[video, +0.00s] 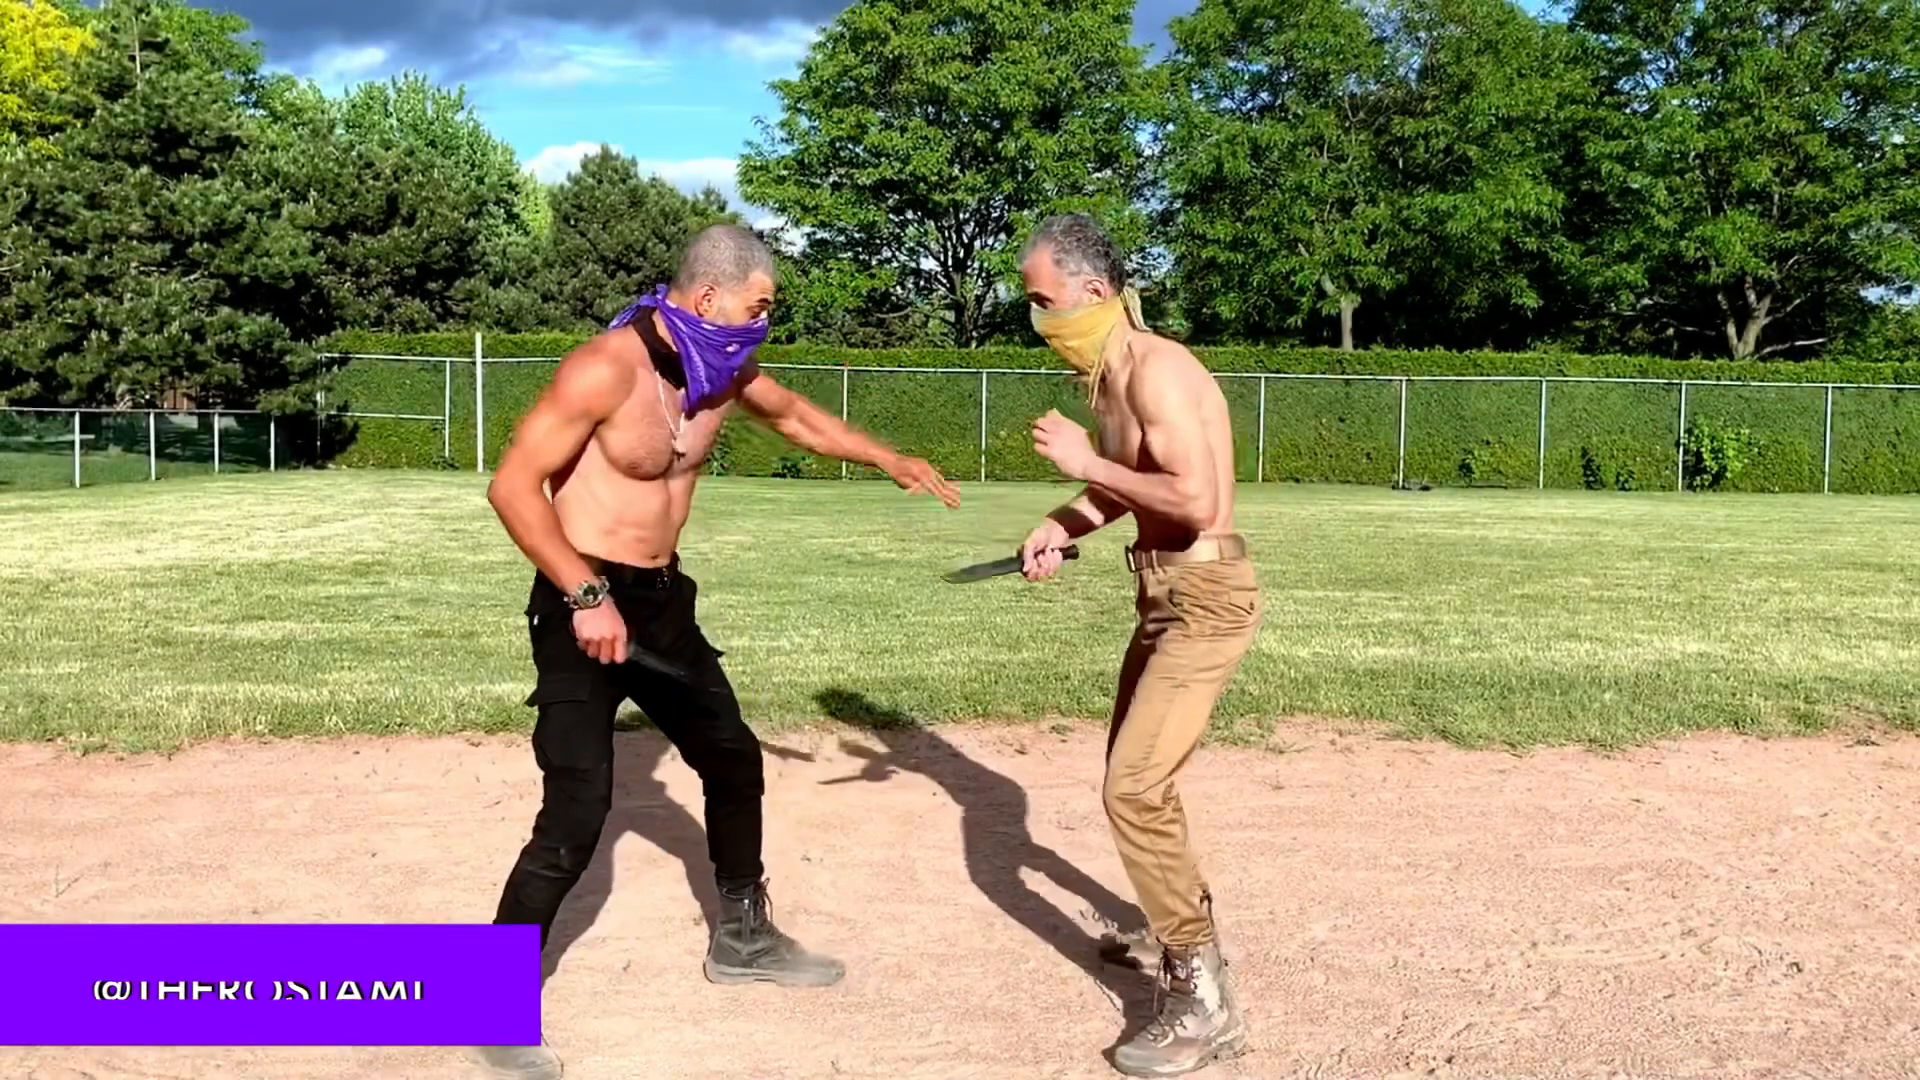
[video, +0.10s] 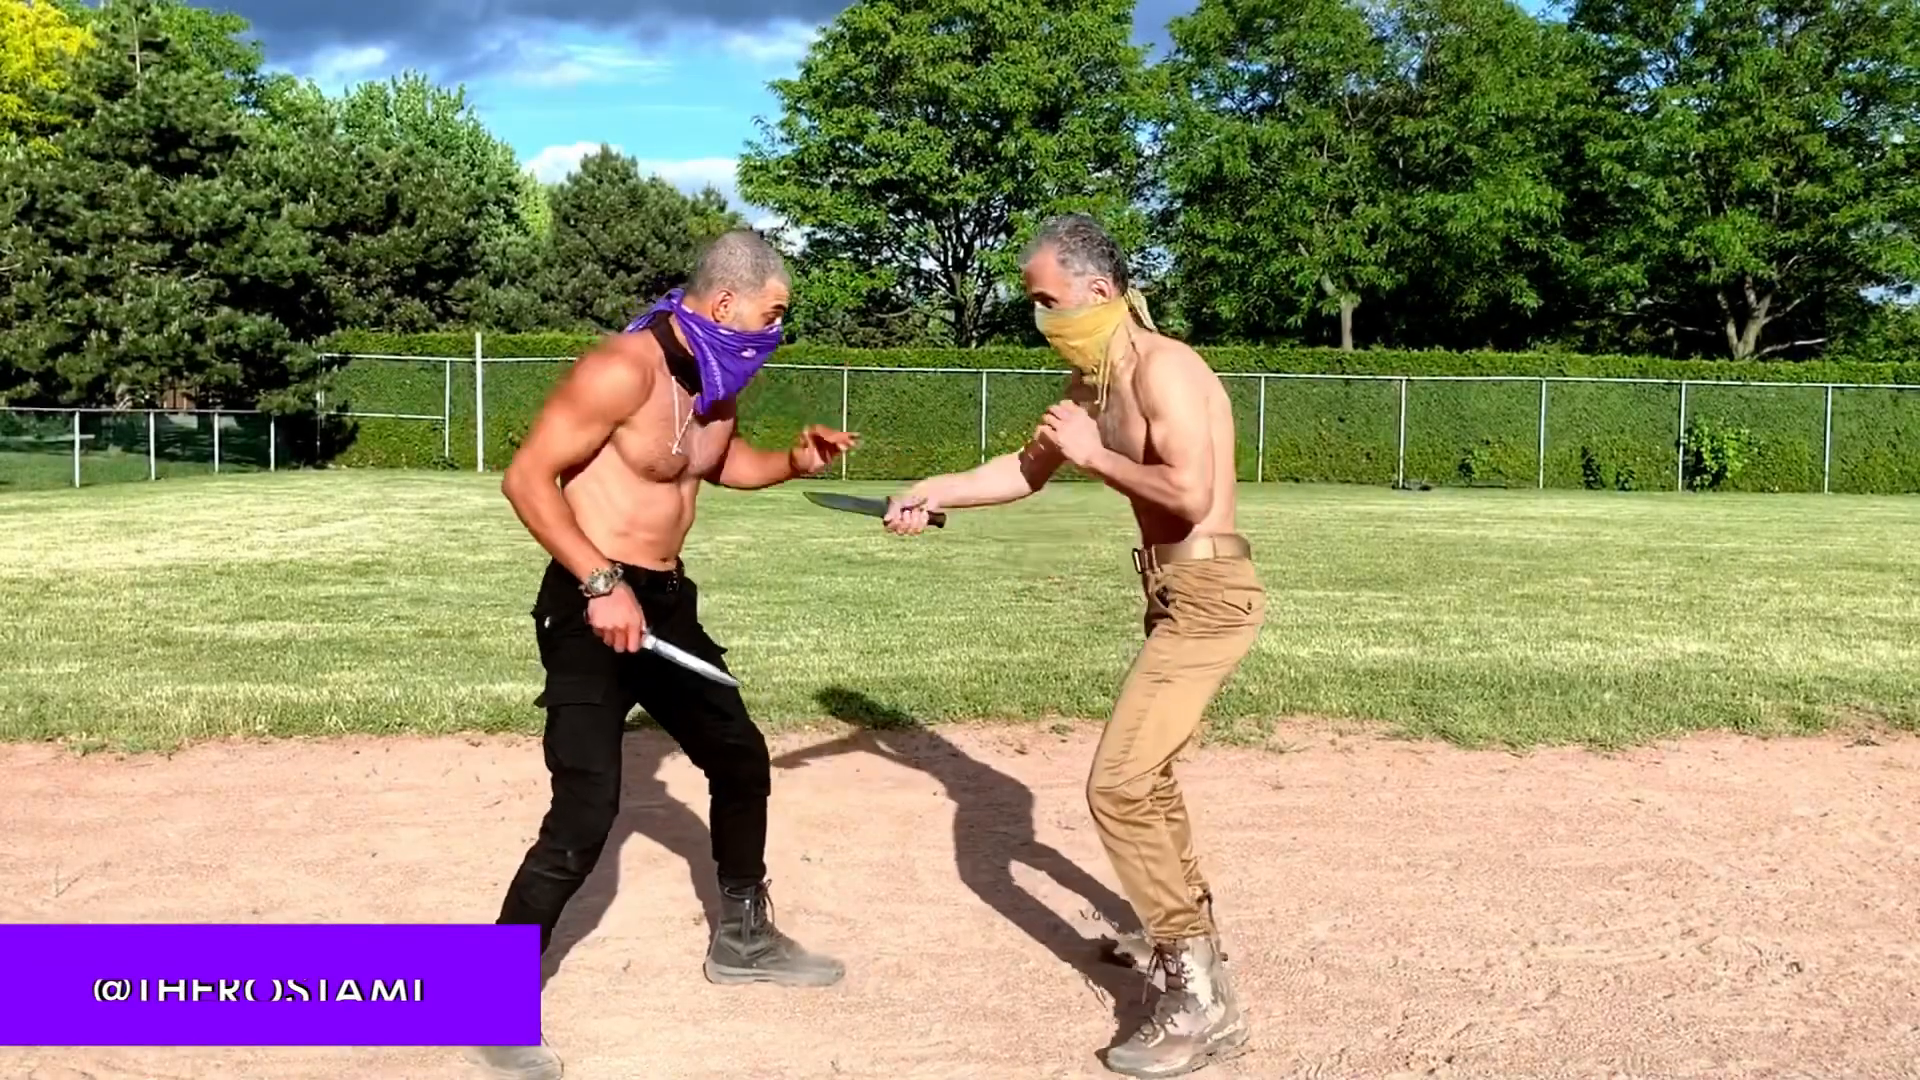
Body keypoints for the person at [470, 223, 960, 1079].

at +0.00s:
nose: (761, 326)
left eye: (767, 311)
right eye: (753, 308)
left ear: (722, 302)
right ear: (700, 299)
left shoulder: (719, 363)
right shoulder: (606, 367)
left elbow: (795, 417)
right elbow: (513, 483)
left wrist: (887, 455)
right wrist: (582, 592)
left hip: (662, 598)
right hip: (580, 598)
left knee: (733, 757)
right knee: (573, 814)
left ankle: (742, 933)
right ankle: (497, 1002)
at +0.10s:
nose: (772, 334)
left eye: (778, 319)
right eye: (765, 316)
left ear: (734, 309)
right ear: (714, 304)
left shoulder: (714, 374)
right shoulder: (623, 367)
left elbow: (722, 463)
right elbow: (526, 477)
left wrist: (795, 459)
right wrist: (598, 582)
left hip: (665, 600)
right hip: (589, 598)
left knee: (740, 759)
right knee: (583, 812)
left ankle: (742, 935)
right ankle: (495, 1003)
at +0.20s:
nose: (779, 333)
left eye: (785, 318)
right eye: (776, 314)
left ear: (729, 299)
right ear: (732, 302)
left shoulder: (689, 366)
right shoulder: (661, 366)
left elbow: (690, 473)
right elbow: (612, 506)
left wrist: (752, 435)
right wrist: (706, 582)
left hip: (657, 603)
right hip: (604, 605)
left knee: (737, 757)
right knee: (608, 818)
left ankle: (741, 935)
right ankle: (499, 1003)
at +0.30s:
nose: (775, 329)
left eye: (780, 314)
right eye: (771, 311)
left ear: (713, 294)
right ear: (725, 298)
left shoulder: (651, 345)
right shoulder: (678, 366)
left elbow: (666, 461)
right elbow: (790, 487)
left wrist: (740, 410)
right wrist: (900, 541)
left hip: (656, 605)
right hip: (591, 608)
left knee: (734, 756)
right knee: (589, 810)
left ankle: (742, 934)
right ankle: (496, 999)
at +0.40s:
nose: (771, 323)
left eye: (775, 307)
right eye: (765, 306)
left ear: (711, 293)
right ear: (719, 298)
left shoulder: (680, 365)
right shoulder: (661, 372)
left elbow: (680, 462)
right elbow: (790, 483)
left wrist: (759, 407)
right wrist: (904, 540)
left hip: (653, 605)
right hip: (575, 606)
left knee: (728, 758)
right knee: (547, 805)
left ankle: (742, 934)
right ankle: (488, 1006)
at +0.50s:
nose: (763, 332)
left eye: (764, 319)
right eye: (756, 316)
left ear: (713, 309)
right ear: (707, 310)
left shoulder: (705, 370)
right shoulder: (623, 379)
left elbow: (785, 377)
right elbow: (623, 529)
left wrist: (860, 382)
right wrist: (700, 637)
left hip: (634, 609)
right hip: (561, 609)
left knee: (736, 761)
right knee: (552, 811)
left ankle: (744, 935)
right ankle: (463, 998)